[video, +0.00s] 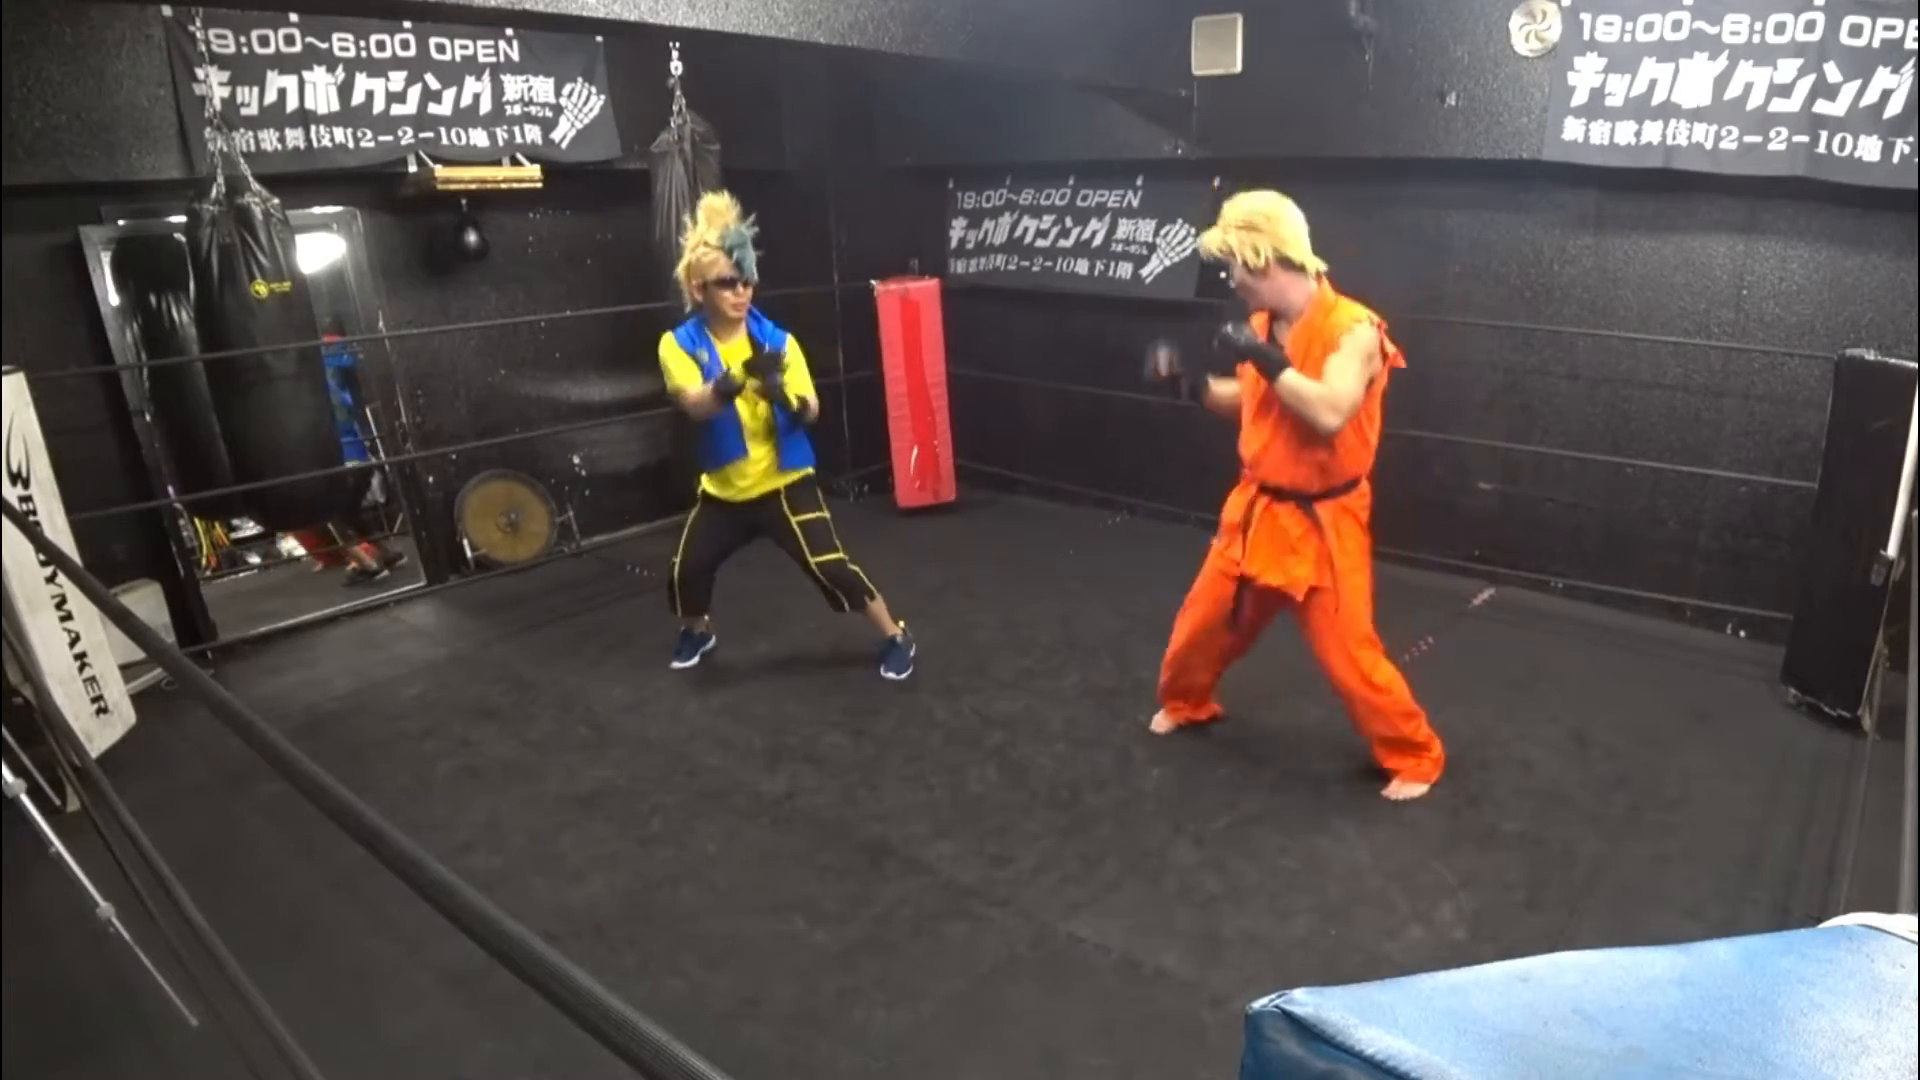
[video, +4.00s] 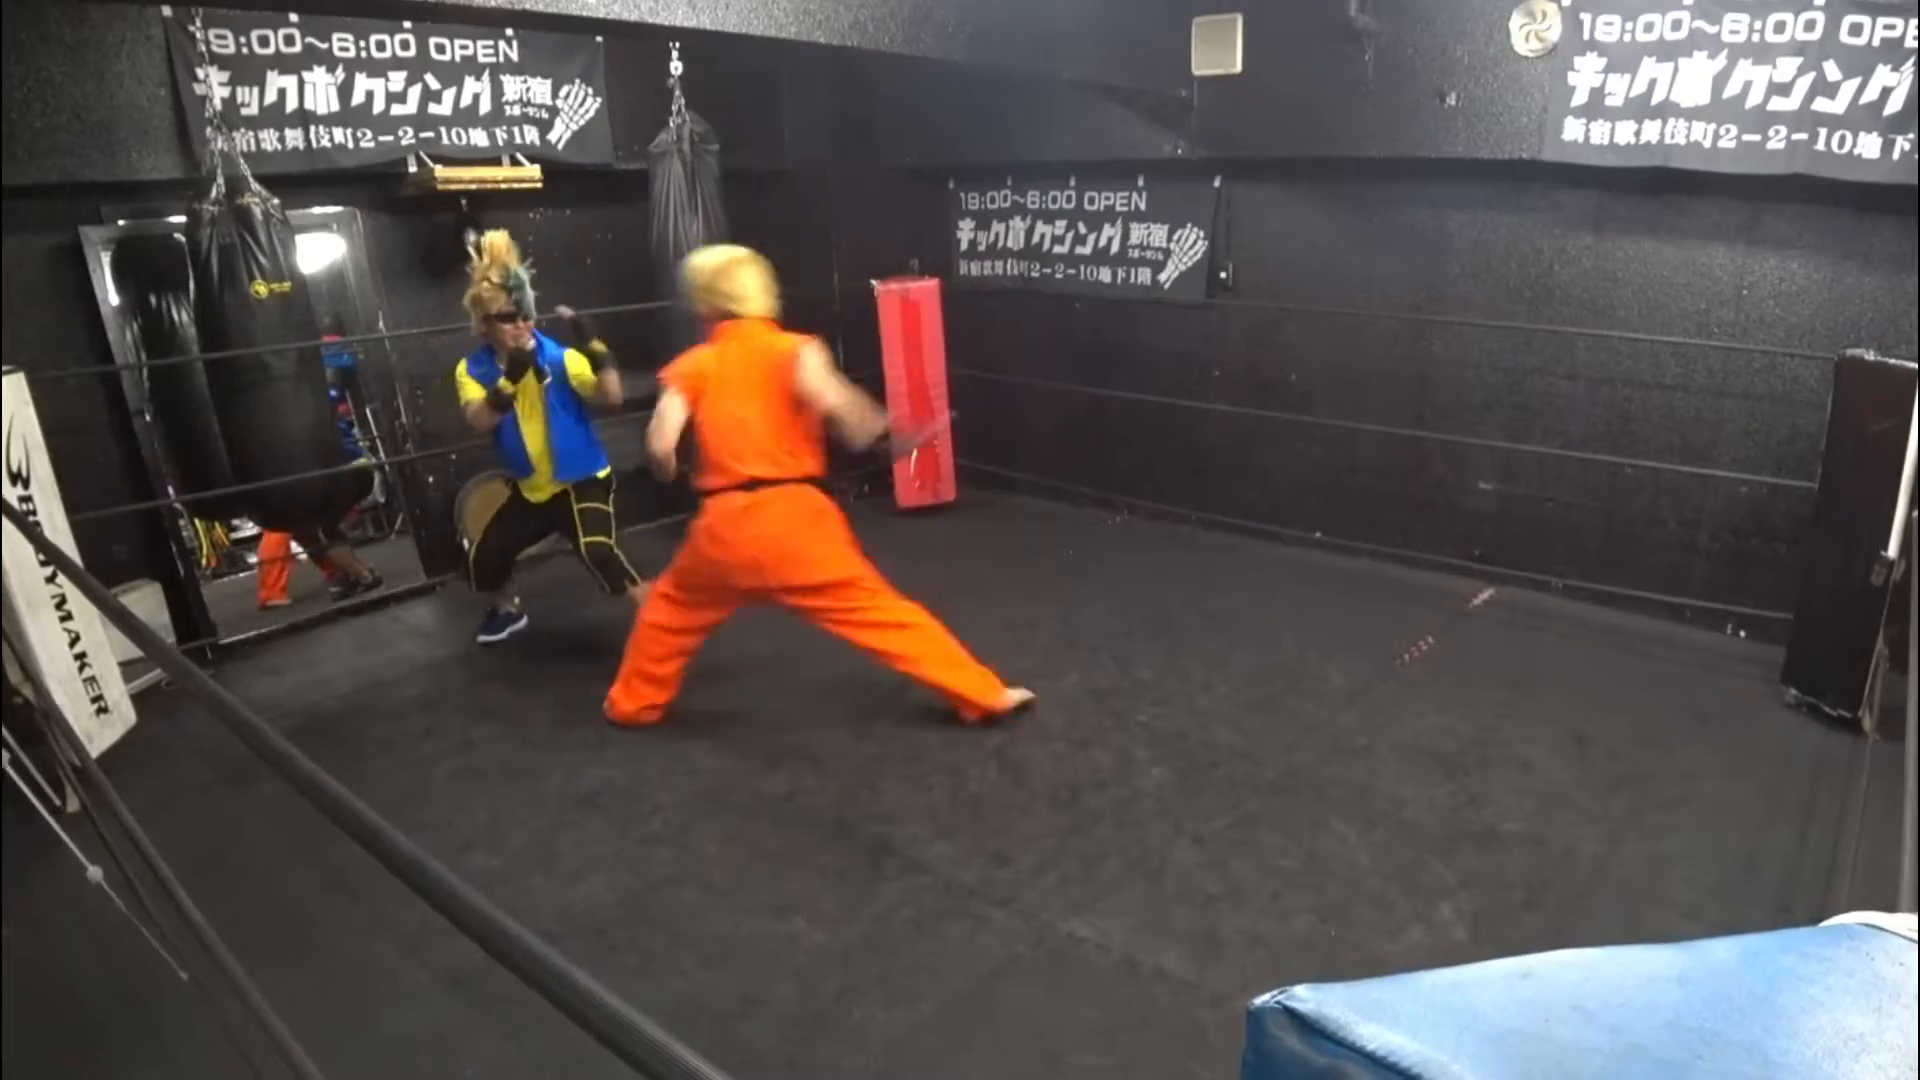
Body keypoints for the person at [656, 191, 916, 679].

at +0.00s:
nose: (740, 294)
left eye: (745, 282)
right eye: (727, 285)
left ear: (754, 284)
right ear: (697, 291)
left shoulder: (777, 340)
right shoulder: (679, 344)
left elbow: (811, 411)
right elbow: (695, 407)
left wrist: (780, 392)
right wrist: (737, 377)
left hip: (787, 483)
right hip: (723, 489)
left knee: (828, 566)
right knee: (687, 570)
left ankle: (894, 635)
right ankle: (697, 632)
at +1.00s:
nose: (756, 338)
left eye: (757, 327)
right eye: (745, 330)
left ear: (760, 327)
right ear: (714, 336)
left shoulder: (739, 365)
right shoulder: (686, 377)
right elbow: (734, 442)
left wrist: (761, 402)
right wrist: (751, 398)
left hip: (694, 455)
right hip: (640, 455)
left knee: (731, 525)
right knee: (670, 541)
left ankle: (740, 616)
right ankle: (676, 635)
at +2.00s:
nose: (669, 250)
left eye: (672, 239)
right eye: (656, 242)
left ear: (680, 239)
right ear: (630, 246)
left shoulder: (701, 290)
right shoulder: (607, 293)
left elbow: (729, 346)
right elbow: (612, 348)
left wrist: (738, 374)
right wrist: (647, 353)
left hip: (711, 428)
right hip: (651, 436)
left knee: (743, 523)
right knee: (646, 534)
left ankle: (772, 610)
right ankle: (663, 627)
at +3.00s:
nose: (531, 305)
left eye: (540, 293)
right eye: (521, 296)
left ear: (558, 293)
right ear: (510, 300)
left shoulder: (590, 338)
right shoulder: (509, 347)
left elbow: (625, 387)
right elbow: (499, 412)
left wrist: (623, 391)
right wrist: (507, 399)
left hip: (617, 463)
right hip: (566, 473)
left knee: (627, 550)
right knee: (543, 558)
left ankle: (668, 630)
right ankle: (605, 602)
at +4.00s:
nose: (520, 326)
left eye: (525, 316)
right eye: (508, 319)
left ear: (533, 317)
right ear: (485, 325)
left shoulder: (558, 356)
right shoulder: (473, 370)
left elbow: (610, 399)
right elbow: (480, 422)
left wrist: (597, 350)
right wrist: (511, 380)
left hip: (583, 482)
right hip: (532, 491)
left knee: (597, 552)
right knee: (484, 562)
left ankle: (657, 616)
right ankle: (509, 609)